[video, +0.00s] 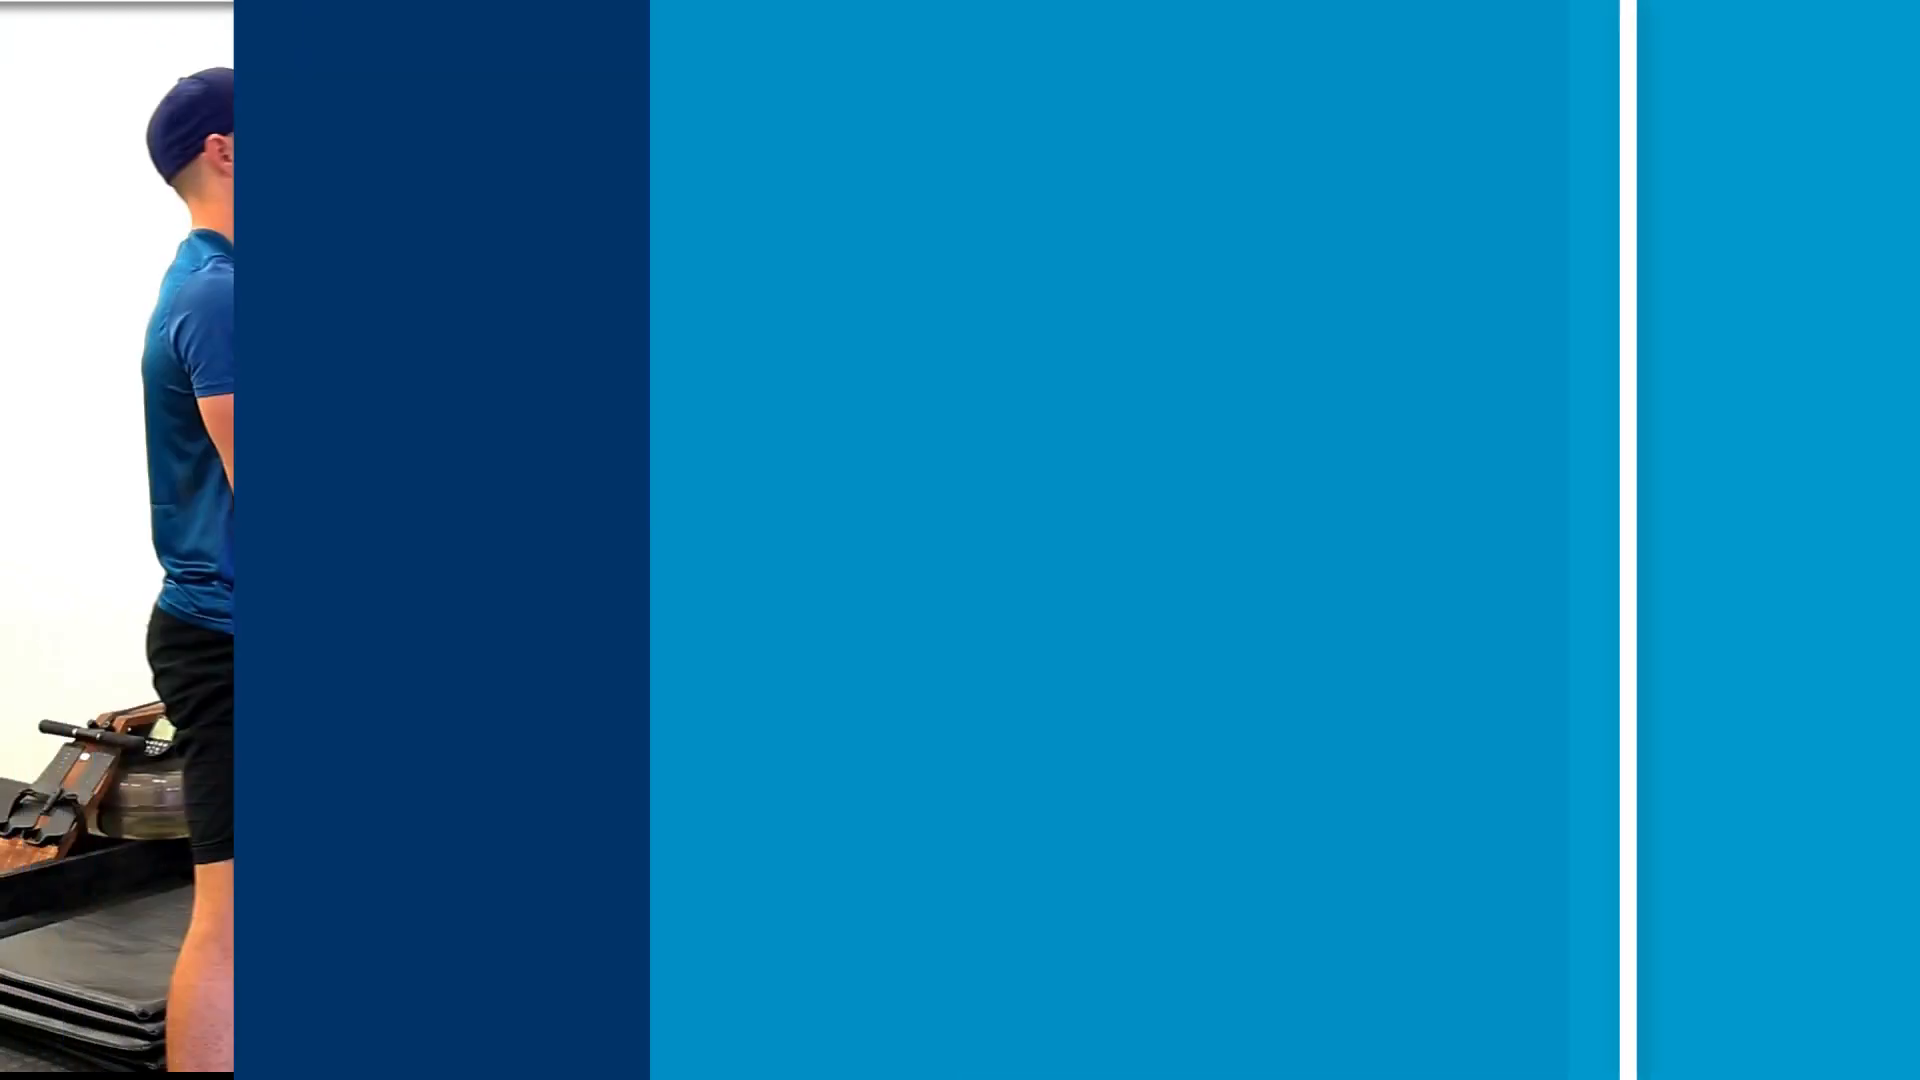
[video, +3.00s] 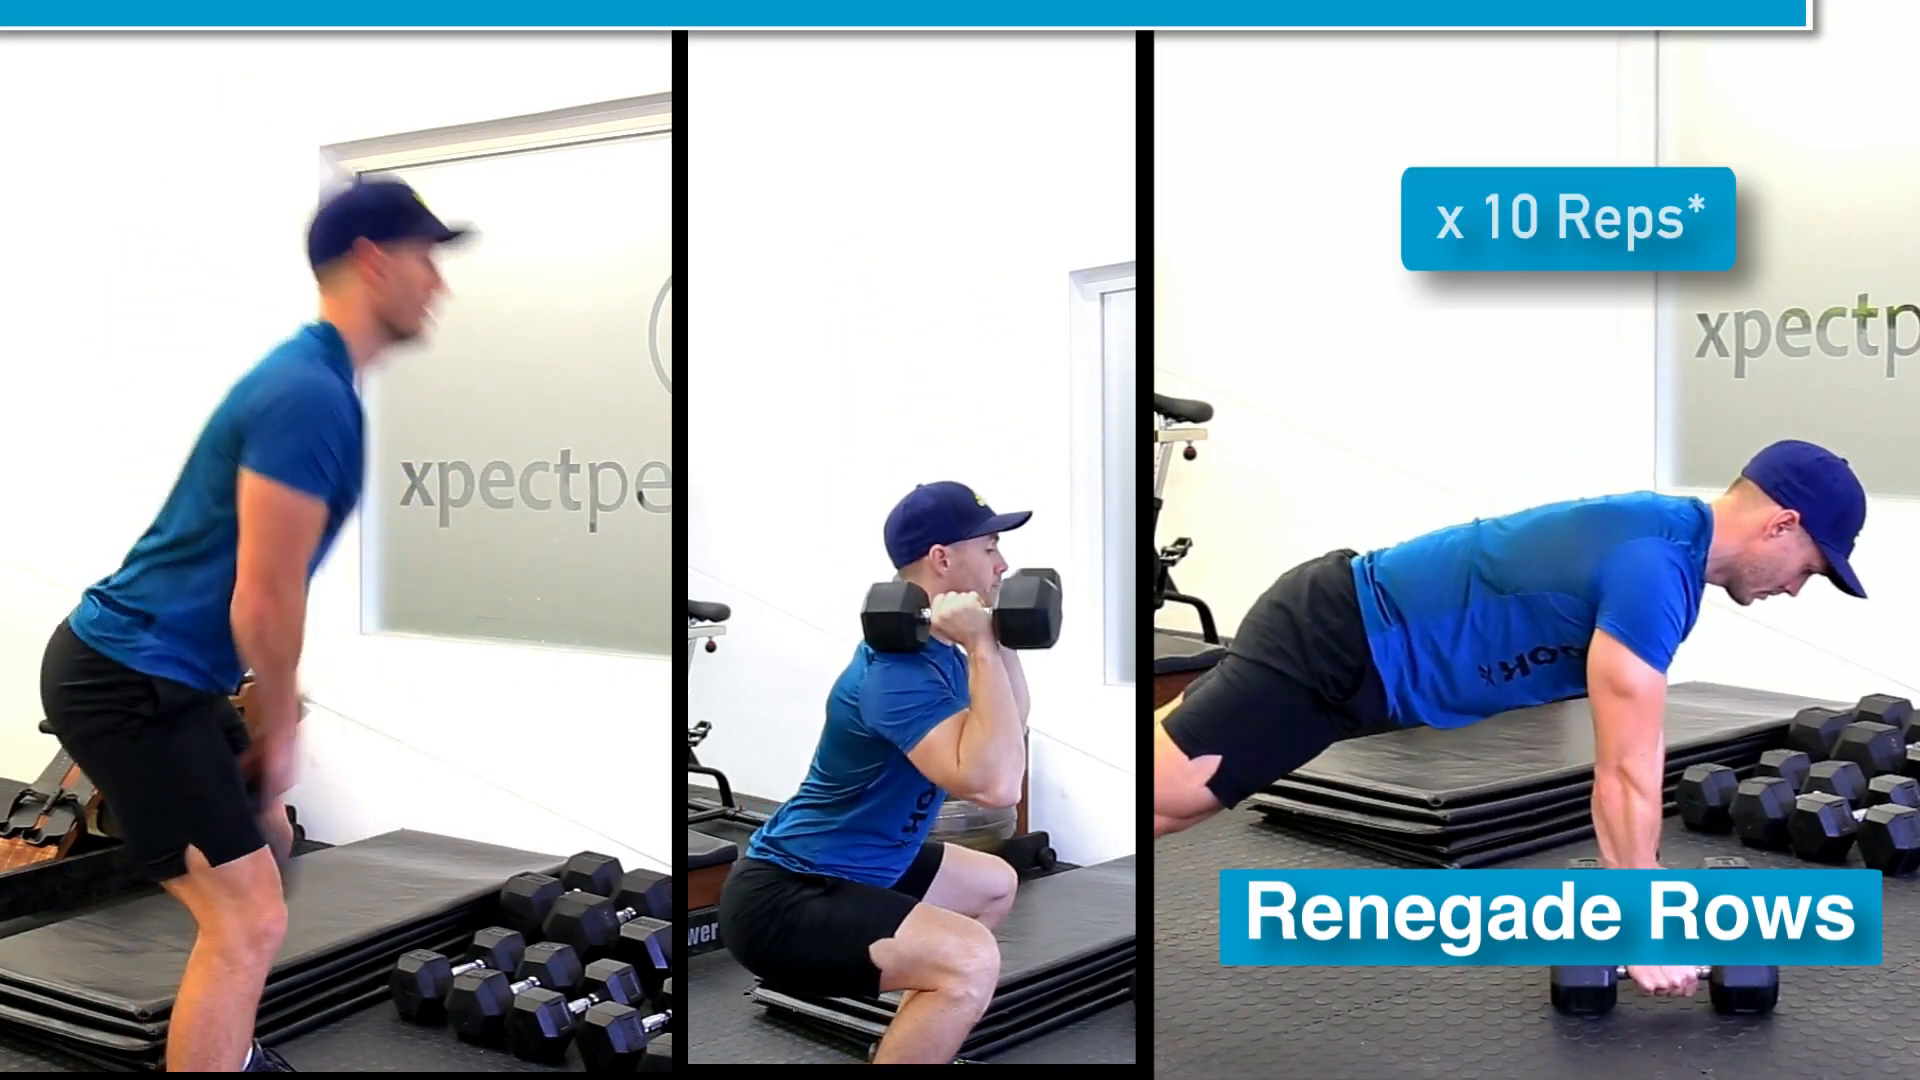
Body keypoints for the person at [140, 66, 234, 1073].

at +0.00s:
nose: (269, 163)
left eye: (263, 142)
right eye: (261, 144)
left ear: (203, 158)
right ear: (218, 153)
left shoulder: (206, 278)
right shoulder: (214, 286)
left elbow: (239, 466)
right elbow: (253, 472)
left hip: (216, 625)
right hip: (222, 632)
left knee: (229, 905)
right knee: (229, 910)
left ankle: (196, 1064)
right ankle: (195, 1070)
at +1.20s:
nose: (375, 222)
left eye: (373, 202)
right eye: (360, 200)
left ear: (302, 209)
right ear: (297, 203)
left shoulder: (277, 340)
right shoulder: (255, 342)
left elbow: (270, 539)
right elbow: (242, 552)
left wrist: (287, 669)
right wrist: (286, 682)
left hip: (167, 653)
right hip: (126, 657)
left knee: (241, 855)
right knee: (209, 912)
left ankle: (215, 1053)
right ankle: (187, 1073)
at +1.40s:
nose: (470, 314)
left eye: (469, 292)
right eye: (458, 289)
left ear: (396, 290)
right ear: (398, 286)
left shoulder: (334, 395)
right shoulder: (322, 404)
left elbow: (248, 587)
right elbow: (235, 602)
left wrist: (222, 711)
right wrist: (224, 726)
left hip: (150, 658)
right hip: (102, 657)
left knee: (223, 850)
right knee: (182, 914)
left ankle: (222, 1057)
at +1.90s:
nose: (369, 214)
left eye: (368, 193)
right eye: (356, 191)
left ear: (293, 195)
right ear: (297, 191)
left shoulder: (251, 315)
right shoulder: (250, 327)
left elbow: (250, 525)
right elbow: (251, 535)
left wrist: (278, 653)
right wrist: (287, 654)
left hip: (186, 644)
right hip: (175, 650)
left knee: (239, 894)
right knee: (241, 917)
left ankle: (218, 1050)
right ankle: (204, 1067)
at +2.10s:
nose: (275, 190)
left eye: (274, 170)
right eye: (263, 167)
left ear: (199, 171)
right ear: (201, 166)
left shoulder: (175, 288)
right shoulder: (171, 295)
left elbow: (257, 469)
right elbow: (266, 472)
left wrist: (377, 532)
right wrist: (389, 535)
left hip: (206, 631)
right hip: (191, 638)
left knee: (226, 877)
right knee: (202, 906)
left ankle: (226, 1059)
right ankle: (190, 1076)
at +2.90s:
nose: (372, 222)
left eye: (370, 201)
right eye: (357, 198)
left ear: (299, 207)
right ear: (295, 201)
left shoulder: (274, 336)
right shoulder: (257, 343)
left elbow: (289, 531)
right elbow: (271, 556)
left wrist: (335, 643)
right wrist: (338, 658)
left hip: (175, 656)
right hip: (139, 663)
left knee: (261, 841)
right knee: (242, 919)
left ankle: (218, 1042)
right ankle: (207, 1071)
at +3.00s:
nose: (441, 282)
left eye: (439, 261)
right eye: (425, 259)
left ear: (368, 266)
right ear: (367, 261)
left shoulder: (318, 382)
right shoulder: (312, 393)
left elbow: (272, 587)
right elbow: (264, 599)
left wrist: (279, 713)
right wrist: (277, 734)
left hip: (166, 673)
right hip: (128, 676)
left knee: (262, 859)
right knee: (247, 923)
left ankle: (222, 1041)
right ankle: (205, 1062)